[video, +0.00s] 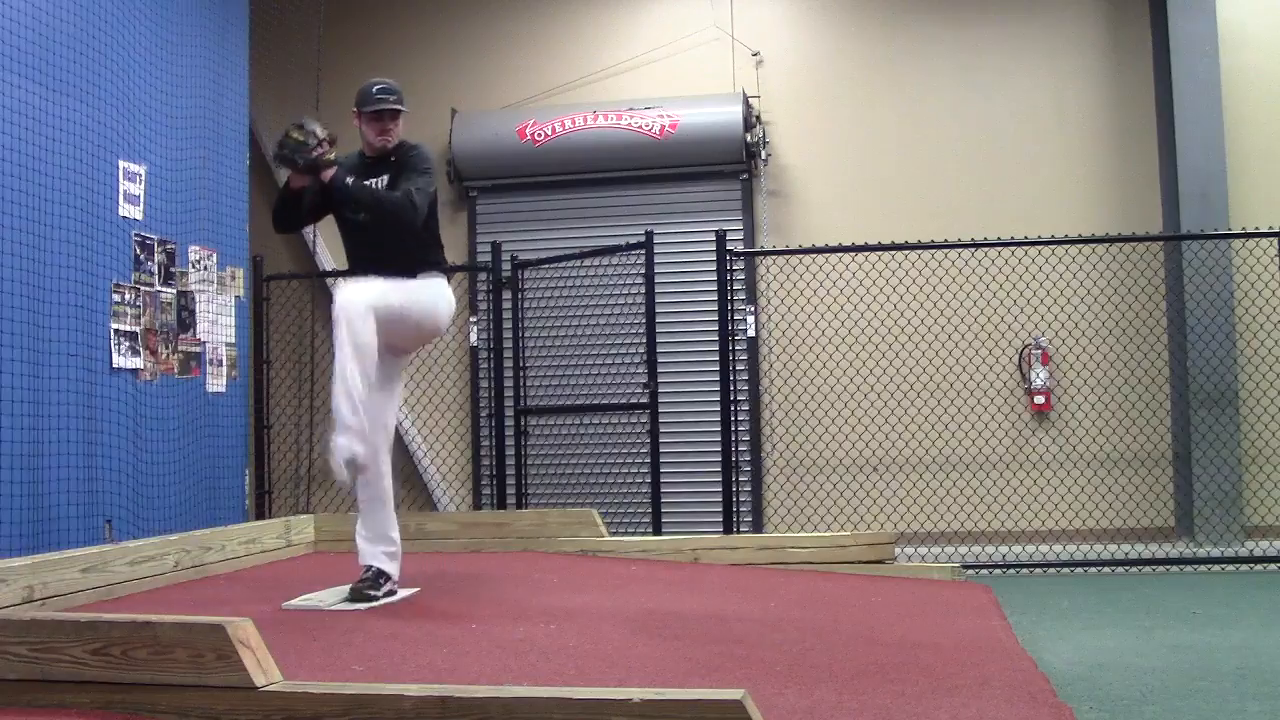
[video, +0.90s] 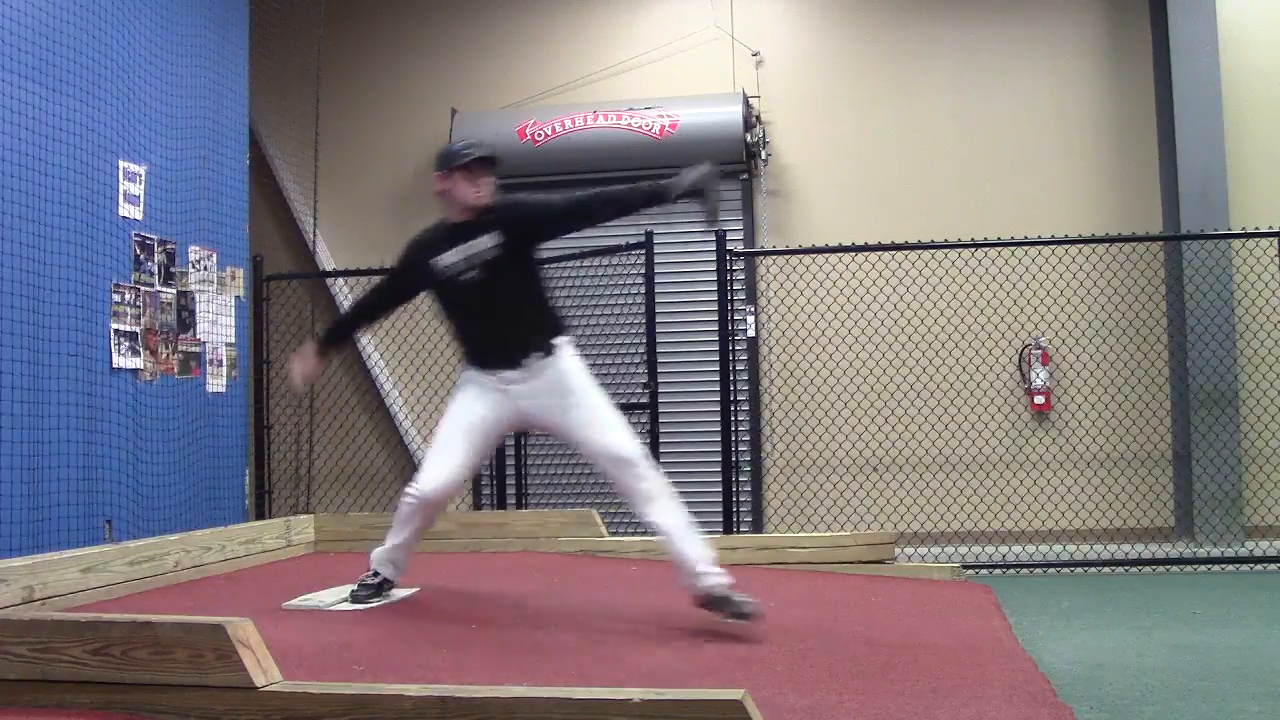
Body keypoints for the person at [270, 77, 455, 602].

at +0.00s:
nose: (385, 126)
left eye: (392, 117)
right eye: (375, 118)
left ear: (403, 120)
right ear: (357, 121)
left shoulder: (415, 159)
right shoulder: (341, 171)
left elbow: (408, 213)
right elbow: (287, 222)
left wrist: (335, 181)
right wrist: (298, 180)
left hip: (427, 294)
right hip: (369, 305)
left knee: (351, 297)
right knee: (369, 440)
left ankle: (351, 442)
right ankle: (380, 566)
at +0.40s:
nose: (395, 134)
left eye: (399, 125)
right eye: (384, 126)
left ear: (405, 128)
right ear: (357, 131)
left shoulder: (413, 168)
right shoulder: (338, 183)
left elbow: (427, 222)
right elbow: (281, 241)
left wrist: (352, 197)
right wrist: (309, 203)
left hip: (444, 305)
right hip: (387, 319)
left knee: (382, 364)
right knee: (364, 439)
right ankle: (375, 567)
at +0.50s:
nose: (395, 159)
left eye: (399, 150)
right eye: (384, 151)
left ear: (404, 153)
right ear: (357, 156)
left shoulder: (412, 195)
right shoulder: (340, 210)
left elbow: (437, 243)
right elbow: (293, 282)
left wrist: (364, 236)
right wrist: (317, 245)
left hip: (454, 331)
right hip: (397, 344)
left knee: (402, 401)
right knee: (363, 444)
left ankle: (403, 544)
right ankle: (376, 566)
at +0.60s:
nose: (396, 181)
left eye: (400, 173)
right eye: (385, 174)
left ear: (406, 177)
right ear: (359, 180)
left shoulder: (415, 216)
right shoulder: (341, 241)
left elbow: (458, 257)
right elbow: (322, 315)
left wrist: (404, 279)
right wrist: (352, 289)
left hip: (467, 350)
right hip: (406, 364)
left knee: (434, 424)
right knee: (378, 455)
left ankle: (454, 571)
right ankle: (382, 573)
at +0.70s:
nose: (409, 193)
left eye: (413, 184)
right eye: (397, 185)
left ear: (419, 188)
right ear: (372, 192)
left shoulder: (432, 227)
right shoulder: (357, 257)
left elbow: (478, 260)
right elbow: (346, 334)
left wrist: (472, 275)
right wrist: (350, 406)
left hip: (487, 360)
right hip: (426, 376)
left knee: (485, 440)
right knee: (393, 469)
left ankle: (532, 579)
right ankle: (382, 574)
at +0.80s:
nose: (435, 192)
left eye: (439, 183)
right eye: (423, 185)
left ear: (447, 187)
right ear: (398, 194)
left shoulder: (465, 227)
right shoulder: (383, 261)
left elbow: (528, 227)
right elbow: (358, 336)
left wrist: (588, 227)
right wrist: (338, 410)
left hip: (512, 367)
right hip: (449, 383)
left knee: (552, 448)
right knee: (407, 478)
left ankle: (628, 578)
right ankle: (383, 574)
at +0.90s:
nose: (482, 184)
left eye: (485, 174)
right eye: (470, 176)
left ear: (491, 180)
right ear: (442, 185)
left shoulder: (515, 218)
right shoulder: (426, 252)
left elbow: (592, 207)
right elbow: (377, 302)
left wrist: (668, 188)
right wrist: (322, 346)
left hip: (554, 372)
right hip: (484, 386)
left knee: (629, 460)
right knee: (433, 486)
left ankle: (709, 583)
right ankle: (383, 572)